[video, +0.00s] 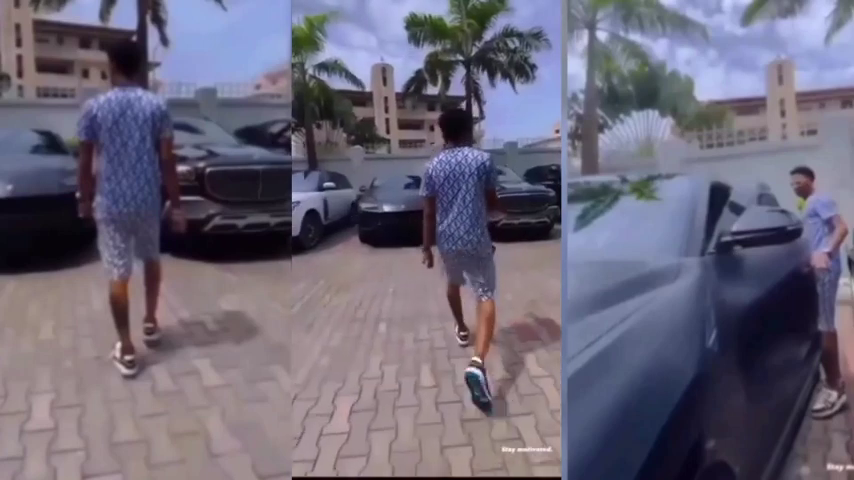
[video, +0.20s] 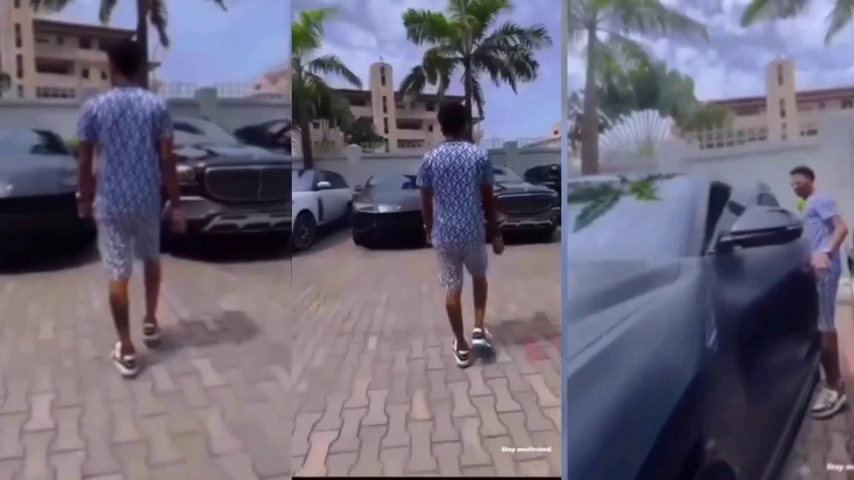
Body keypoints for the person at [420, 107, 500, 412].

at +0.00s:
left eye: (442, 129)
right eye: (469, 128)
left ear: (443, 132)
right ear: (470, 130)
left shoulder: (434, 165)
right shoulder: (482, 160)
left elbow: (429, 211)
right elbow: (491, 201)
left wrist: (426, 247)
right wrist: (501, 210)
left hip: (447, 240)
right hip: (476, 239)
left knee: (453, 284)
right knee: (486, 295)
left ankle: (462, 329)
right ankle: (478, 360)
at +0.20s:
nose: (470, 127)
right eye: (468, 123)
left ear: (441, 126)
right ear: (467, 124)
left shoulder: (431, 157)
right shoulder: (478, 155)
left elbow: (426, 199)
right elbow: (488, 198)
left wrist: (428, 227)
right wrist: (494, 232)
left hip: (444, 232)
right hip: (473, 231)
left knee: (452, 287)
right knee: (479, 278)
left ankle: (461, 345)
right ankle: (479, 326)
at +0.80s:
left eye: (450, 126)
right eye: (466, 125)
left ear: (448, 128)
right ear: (471, 127)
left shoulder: (439, 156)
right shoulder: (481, 155)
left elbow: (433, 196)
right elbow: (489, 193)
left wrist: (430, 228)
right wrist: (489, 218)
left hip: (447, 223)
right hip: (473, 224)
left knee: (443, 267)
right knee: (472, 275)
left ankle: (448, 312)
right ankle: (465, 329)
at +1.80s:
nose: (418, 136)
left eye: (418, 132)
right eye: (427, 131)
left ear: (418, 133)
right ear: (438, 133)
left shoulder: (406, 159)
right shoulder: (446, 160)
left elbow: (399, 197)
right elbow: (452, 198)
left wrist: (396, 227)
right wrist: (456, 228)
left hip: (414, 224)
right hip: (438, 224)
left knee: (410, 270)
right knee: (437, 268)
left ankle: (418, 316)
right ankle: (432, 309)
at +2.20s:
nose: (382, 138)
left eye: (382, 134)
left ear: (383, 135)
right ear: (402, 135)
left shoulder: (375, 161)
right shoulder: (414, 160)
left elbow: (370, 199)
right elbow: (424, 193)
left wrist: (371, 230)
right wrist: (422, 217)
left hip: (386, 226)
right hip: (411, 226)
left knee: (387, 268)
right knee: (410, 277)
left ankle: (390, 300)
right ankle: (406, 334)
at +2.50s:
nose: (349, 133)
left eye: (345, 129)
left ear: (345, 130)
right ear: (366, 129)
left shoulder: (337, 156)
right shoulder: (378, 155)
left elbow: (335, 196)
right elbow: (389, 192)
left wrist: (334, 228)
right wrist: (394, 220)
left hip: (351, 224)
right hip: (378, 222)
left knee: (357, 271)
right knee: (387, 266)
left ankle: (365, 313)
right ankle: (384, 304)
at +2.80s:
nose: (330, 137)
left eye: (325, 132)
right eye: (339, 133)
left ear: (321, 133)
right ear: (343, 133)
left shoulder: (309, 157)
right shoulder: (352, 158)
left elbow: (300, 192)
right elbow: (360, 195)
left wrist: (301, 222)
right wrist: (369, 225)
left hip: (320, 223)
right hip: (348, 221)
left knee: (329, 275)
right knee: (354, 261)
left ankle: (339, 331)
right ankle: (356, 297)